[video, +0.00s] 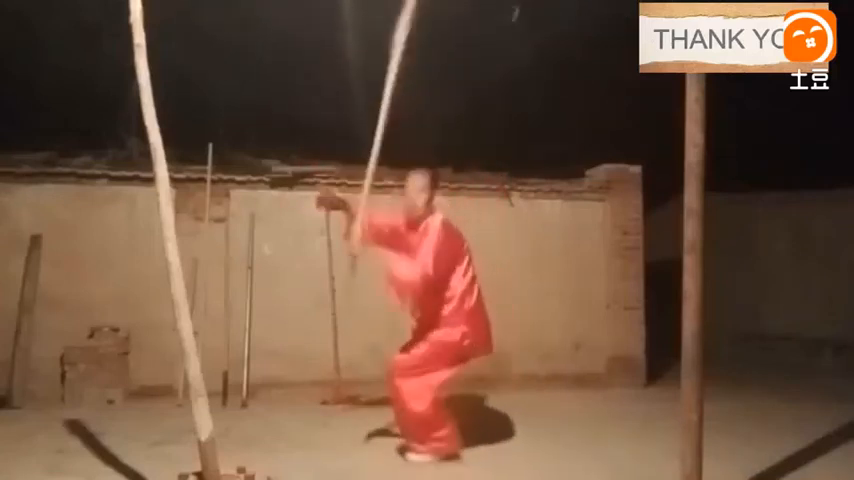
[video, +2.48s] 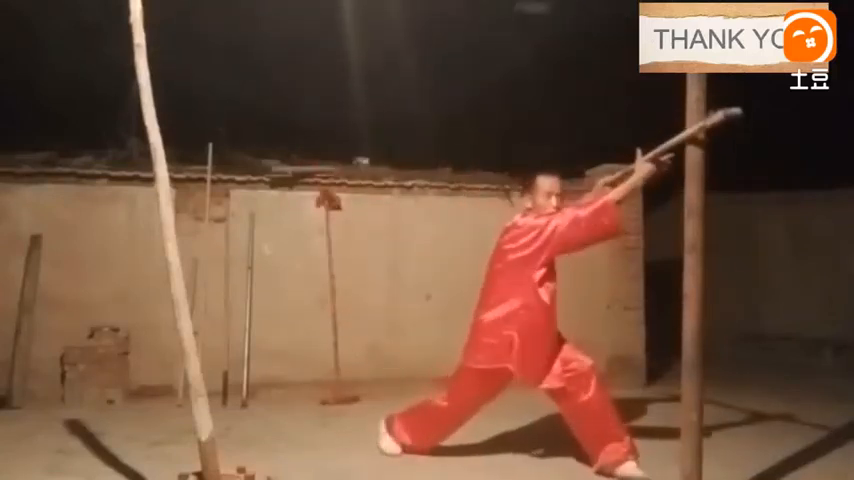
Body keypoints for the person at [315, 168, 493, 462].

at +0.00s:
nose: (416, 199)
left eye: (422, 191)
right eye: (411, 191)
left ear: (433, 195)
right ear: (403, 194)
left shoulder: (439, 230)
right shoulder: (411, 228)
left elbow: (423, 279)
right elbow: (371, 227)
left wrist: (386, 258)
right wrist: (343, 205)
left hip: (462, 332)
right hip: (439, 327)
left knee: (406, 369)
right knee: (401, 365)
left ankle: (439, 443)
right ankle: (420, 435)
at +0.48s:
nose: (400, 275)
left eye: (407, 268)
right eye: (394, 269)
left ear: (417, 271)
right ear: (387, 273)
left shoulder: (429, 303)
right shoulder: (390, 306)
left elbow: (424, 361)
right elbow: (361, 312)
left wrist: (386, 395)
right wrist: (346, 306)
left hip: (462, 379)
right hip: (431, 376)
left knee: (407, 388)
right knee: (391, 388)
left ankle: (434, 443)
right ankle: (417, 441)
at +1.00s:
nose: (405, 231)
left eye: (411, 223)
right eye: (399, 224)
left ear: (421, 225)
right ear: (391, 227)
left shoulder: (433, 256)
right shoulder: (394, 260)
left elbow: (426, 312)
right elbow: (358, 260)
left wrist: (392, 350)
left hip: (470, 330)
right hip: (442, 330)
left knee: (426, 380)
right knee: (412, 374)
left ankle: (437, 445)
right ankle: (422, 441)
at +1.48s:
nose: (513, 195)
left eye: (517, 188)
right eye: (505, 188)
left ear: (523, 193)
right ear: (488, 193)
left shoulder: (534, 231)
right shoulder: (473, 232)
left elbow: (572, 259)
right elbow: (429, 260)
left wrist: (541, 277)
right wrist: (417, 273)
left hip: (532, 331)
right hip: (480, 331)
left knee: (571, 379)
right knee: (447, 383)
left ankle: (612, 452)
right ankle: (428, 430)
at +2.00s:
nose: (546, 210)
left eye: (550, 203)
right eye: (538, 203)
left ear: (554, 206)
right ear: (521, 207)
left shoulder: (537, 234)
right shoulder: (517, 240)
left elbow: (568, 219)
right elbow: (575, 226)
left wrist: (581, 195)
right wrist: (629, 178)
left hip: (530, 347)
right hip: (494, 347)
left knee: (578, 378)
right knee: (452, 398)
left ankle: (617, 460)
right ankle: (395, 436)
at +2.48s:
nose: (555, 203)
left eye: (558, 195)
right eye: (548, 195)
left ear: (561, 194)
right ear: (527, 196)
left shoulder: (536, 225)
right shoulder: (526, 230)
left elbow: (579, 210)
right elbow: (584, 217)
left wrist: (607, 185)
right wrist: (636, 179)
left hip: (529, 333)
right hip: (501, 335)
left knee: (580, 376)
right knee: (462, 399)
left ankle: (614, 456)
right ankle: (399, 430)